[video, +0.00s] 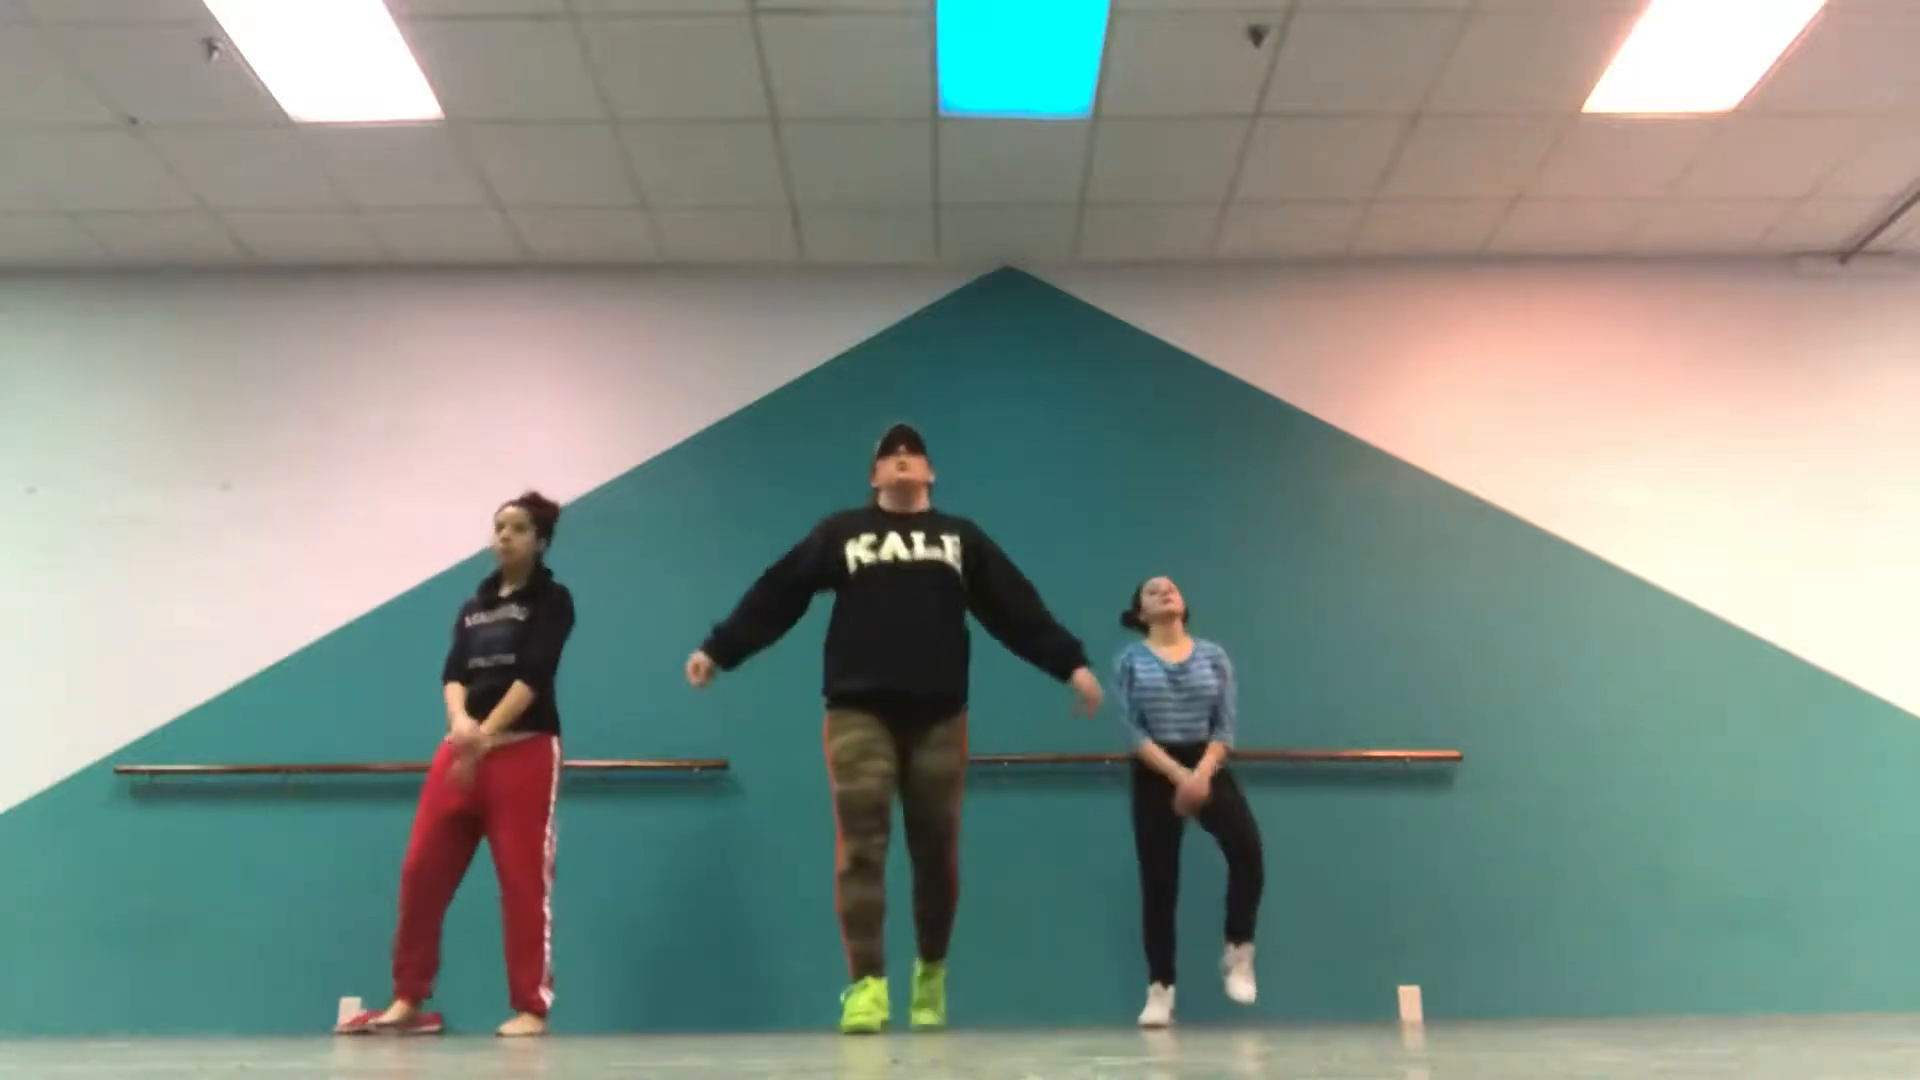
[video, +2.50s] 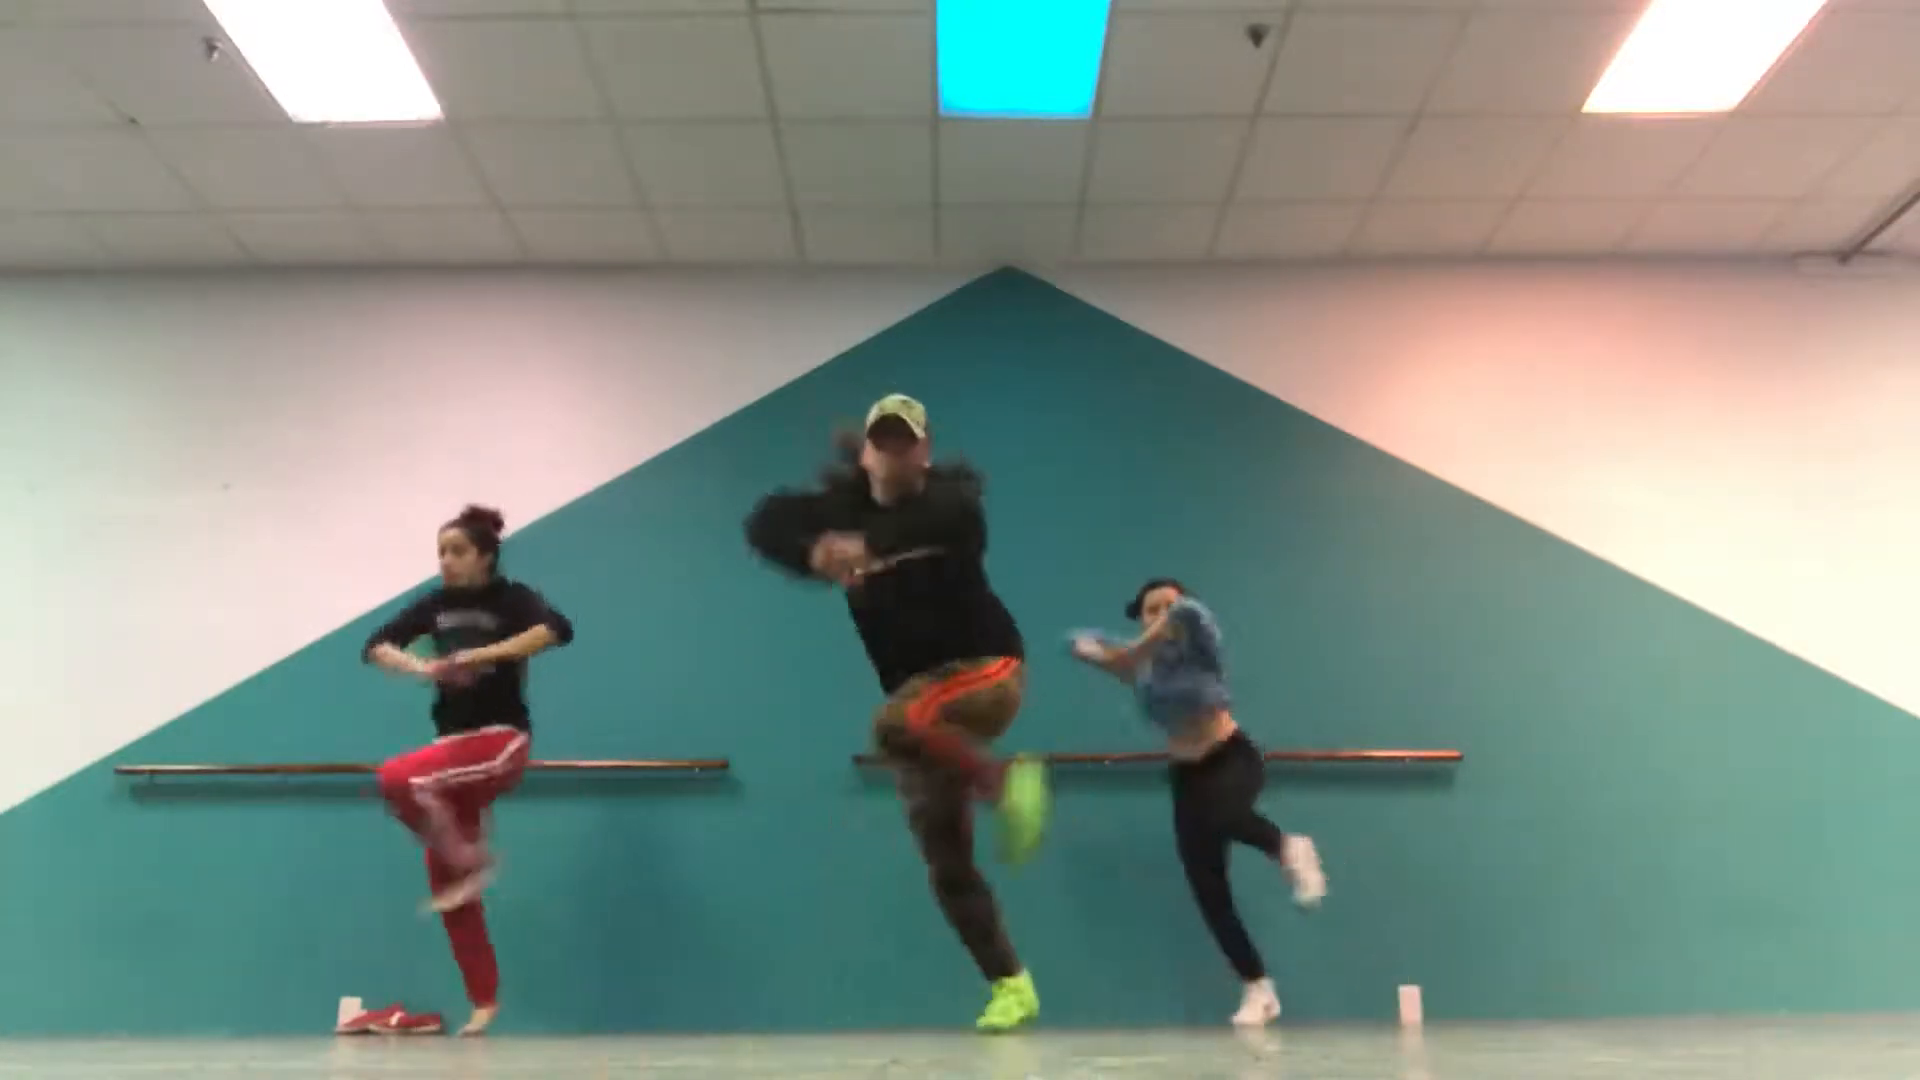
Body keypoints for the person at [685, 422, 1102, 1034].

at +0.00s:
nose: (901, 461)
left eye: (912, 454)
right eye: (890, 455)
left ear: (930, 473)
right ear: (873, 475)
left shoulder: (961, 537)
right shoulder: (839, 533)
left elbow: (1015, 605)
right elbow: (777, 594)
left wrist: (1070, 662)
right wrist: (718, 649)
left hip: (938, 709)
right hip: (858, 707)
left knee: (936, 849)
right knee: (862, 846)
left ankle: (931, 972)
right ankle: (867, 983)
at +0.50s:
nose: (919, 468)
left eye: (930, 460)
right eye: (909, 461)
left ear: (948, 475)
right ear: (895, 476)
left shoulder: (972, 529)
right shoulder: (871, 528)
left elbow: (958, 565)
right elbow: (850, 574)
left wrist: (869, 538)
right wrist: (898, 561)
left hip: (948, 699)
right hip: (876, 698)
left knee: (938, 830)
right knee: (869, 833)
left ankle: (939, 963)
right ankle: (882, 952)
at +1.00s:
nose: (929, 466)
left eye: (940, 460)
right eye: (919, 458)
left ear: (954, 475)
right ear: (900, 472)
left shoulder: (976, 534)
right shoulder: (862, 532)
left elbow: (984, 604)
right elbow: (821, 610)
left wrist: (971, 663)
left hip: (940, 699)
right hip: (862, 703)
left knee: (935, 833)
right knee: (864, 842)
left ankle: (933, 972)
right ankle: (903, 941)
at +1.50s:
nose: (931, 537)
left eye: (941, 526)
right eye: (920, 522)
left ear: (950, 533)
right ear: (891, 523)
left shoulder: (923, 601)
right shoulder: (854, 575)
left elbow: (887, 674)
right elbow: (836, 657)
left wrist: (858, 746)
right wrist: (825, 743)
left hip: (844, 754)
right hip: (767, 743)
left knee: (934, 834)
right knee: (683, 862)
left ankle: (924, 989)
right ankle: (573, 989)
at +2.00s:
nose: (803, 489)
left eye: (817, 476)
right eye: (792, 477)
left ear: (847, 483)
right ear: (781, 488)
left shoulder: (883, 535)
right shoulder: (781, 576)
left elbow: (913, 628)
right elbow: (789, 667)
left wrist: (878, 709)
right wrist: (817, 723)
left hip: (944, 696)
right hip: (864, 719)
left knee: (1013, 822)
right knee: (781, 824)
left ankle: (1118, 957)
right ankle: (805, 981)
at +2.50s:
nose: (893, 451)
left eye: (904, 441)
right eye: (882, 440)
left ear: (924, 450)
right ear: (865, 451)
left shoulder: (952, 492)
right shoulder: (844, 505)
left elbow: (948, 520)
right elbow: (765, 522)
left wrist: (868, 544)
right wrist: (817, 548)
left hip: (986, 668)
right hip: (912, 693)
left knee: (898, 723)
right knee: (945, 858)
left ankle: (1008, 785)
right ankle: (1009, 982)